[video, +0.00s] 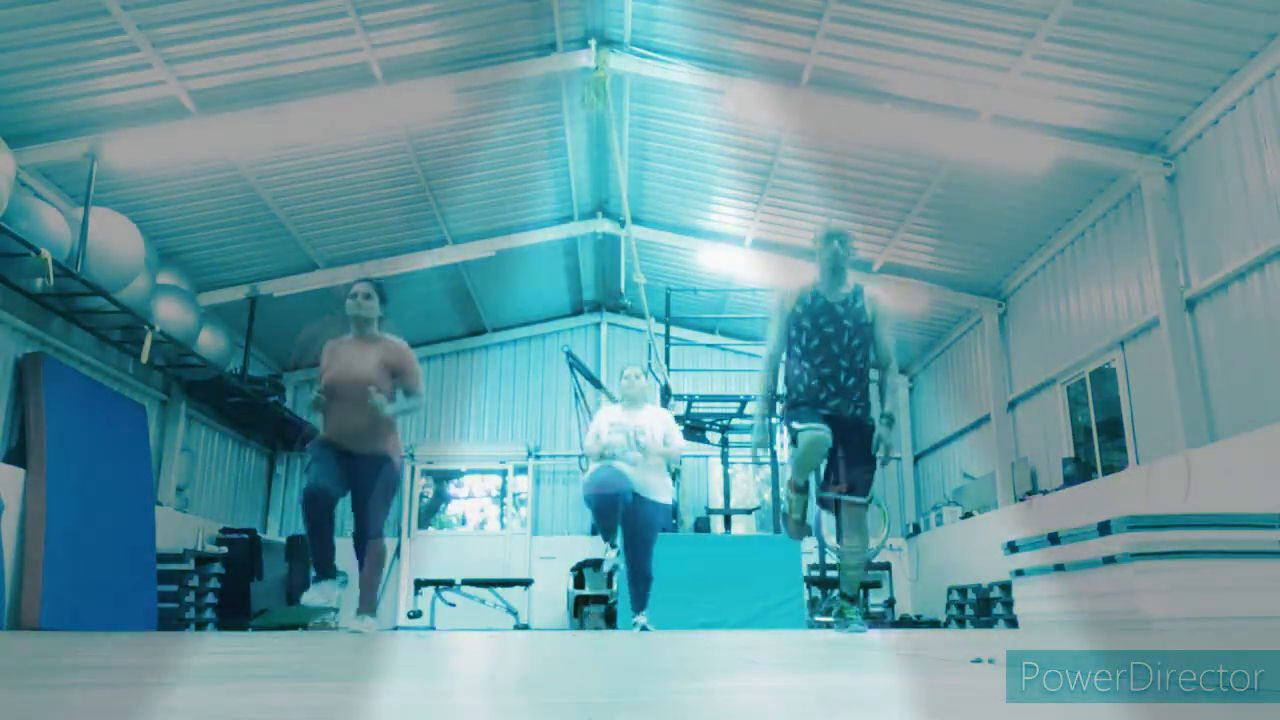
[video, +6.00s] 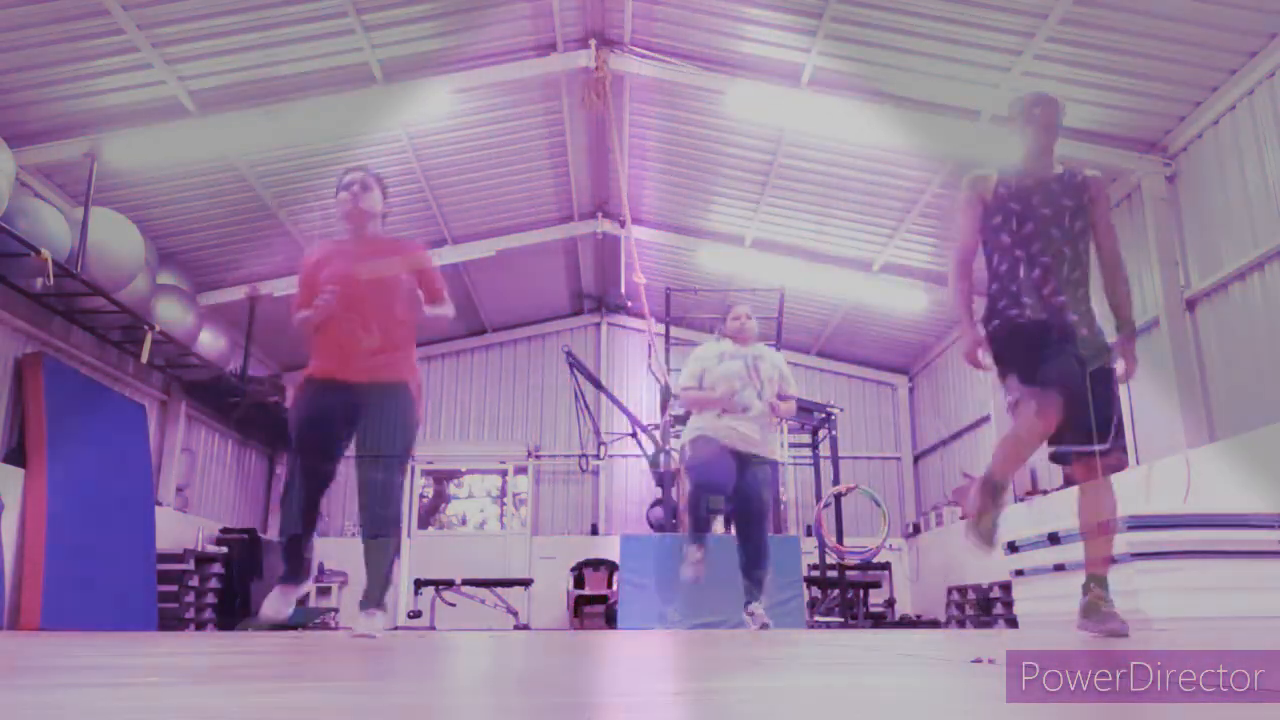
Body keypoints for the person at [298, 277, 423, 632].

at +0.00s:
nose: (359, 301)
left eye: (367, 296)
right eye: (353, 296)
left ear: (381, 306)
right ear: (345, 305)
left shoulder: (395, 349)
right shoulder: (332, 349)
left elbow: (416, 397)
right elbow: (323, 400)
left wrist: (391, 407)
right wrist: (319, 398)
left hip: (377, 453)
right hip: (334, 447)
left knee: (368, 532)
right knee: (315, 493)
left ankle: (366, 613)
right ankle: (326, 579)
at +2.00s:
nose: (349, 311)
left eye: (357, 307)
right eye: (343, 307)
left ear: (371, 319)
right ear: (336, 320)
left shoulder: (390, 356)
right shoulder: (324, 364)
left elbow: (415, 402)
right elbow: (319, 417)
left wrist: (396, 416)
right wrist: (300, 407)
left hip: (383, 463)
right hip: (338, 461)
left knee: (380, 536)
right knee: (335, 529)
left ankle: (383, 610)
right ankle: (335, 611)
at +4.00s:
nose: (310, 242)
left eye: (319, 236)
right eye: (303, 235)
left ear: (334, 249)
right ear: (292, 247)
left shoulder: (354, 299)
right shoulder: (269, 297)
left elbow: (371, 362)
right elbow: (245, 360)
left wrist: (377, 412)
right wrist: (264, 334)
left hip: (338, 398)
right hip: (279, 405)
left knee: (303, 429)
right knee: (273, 509)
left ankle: (307, 535)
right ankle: (282, 612)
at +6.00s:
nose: (355, 194)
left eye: (365, 187)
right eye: (347, 189)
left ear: (382, 201)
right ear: (336, 203)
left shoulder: (409, 252)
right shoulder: (320, 257)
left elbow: (447, 313)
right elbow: (298, 326)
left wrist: (419, 307)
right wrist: (317, 311)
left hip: (389, 382)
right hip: (328, 380)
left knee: (380, 485)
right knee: (304, 470)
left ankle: (374, 603)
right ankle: (293, 578)